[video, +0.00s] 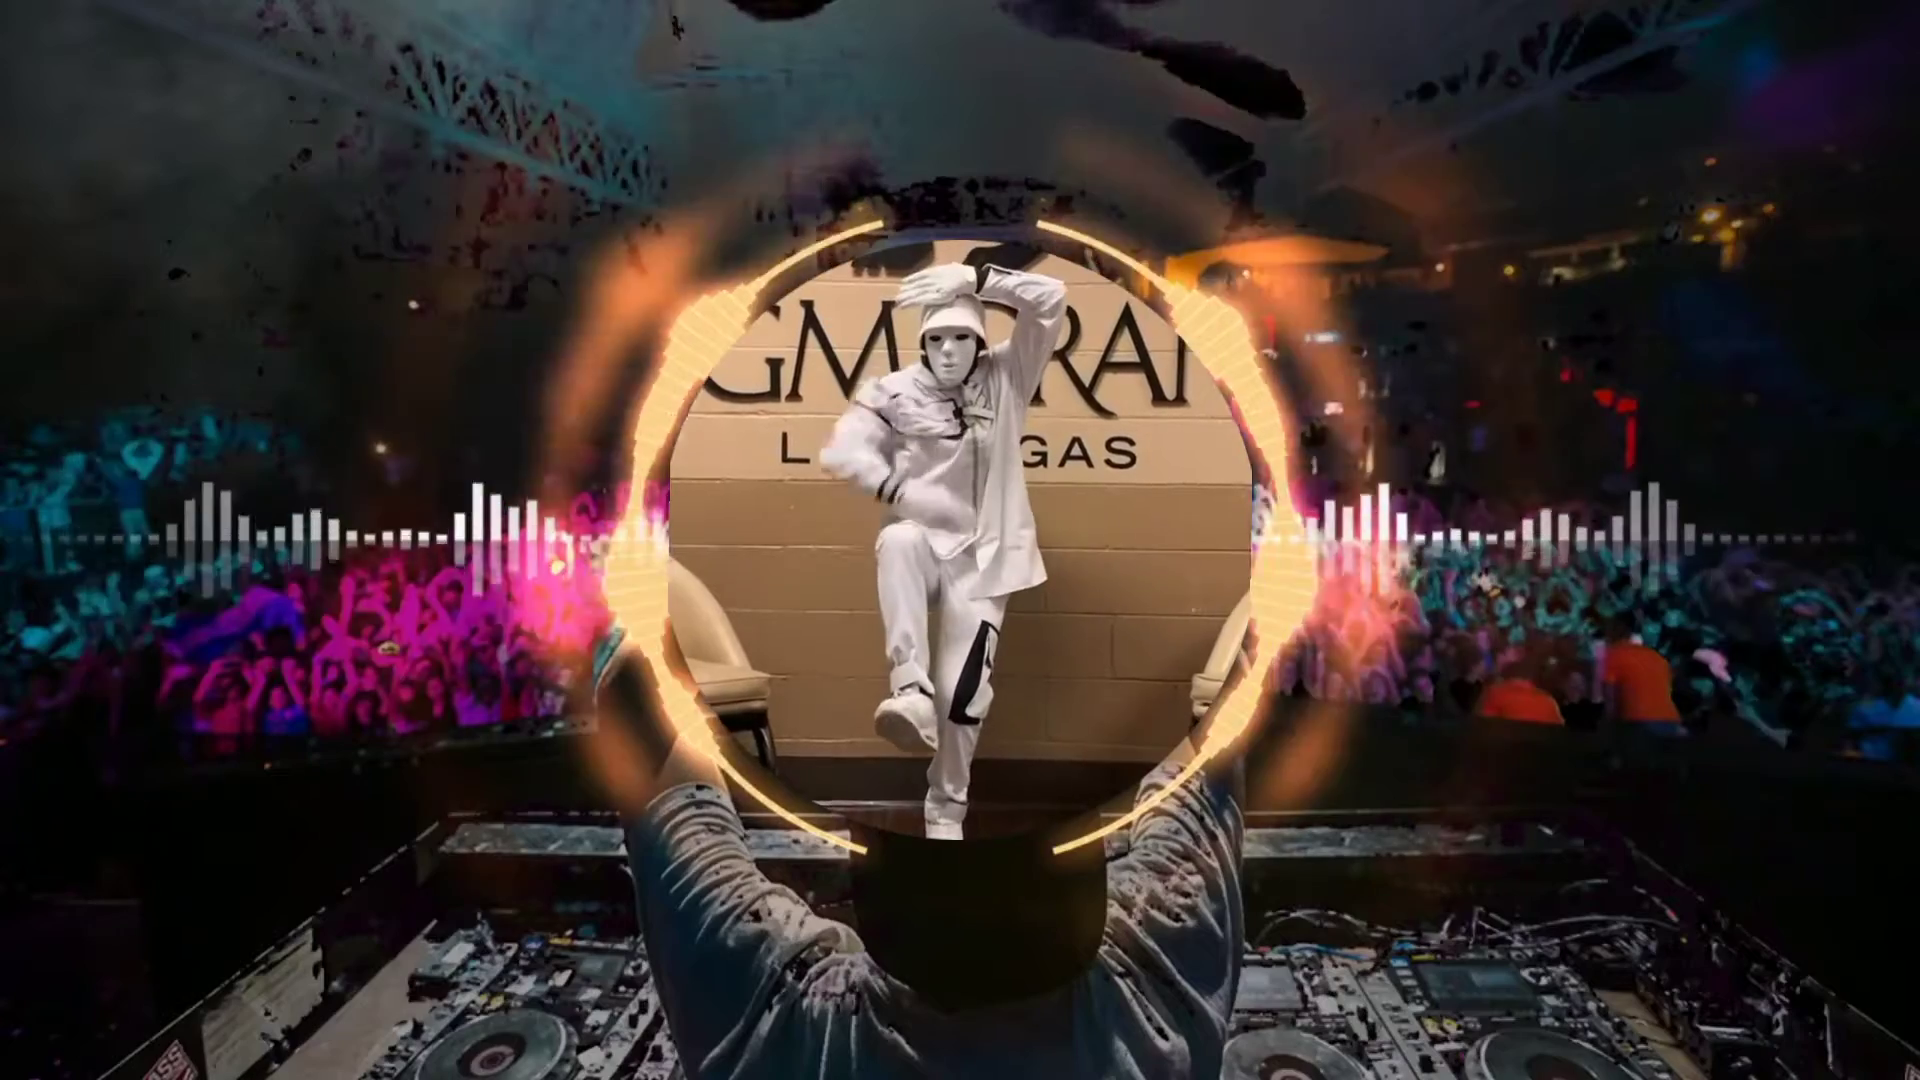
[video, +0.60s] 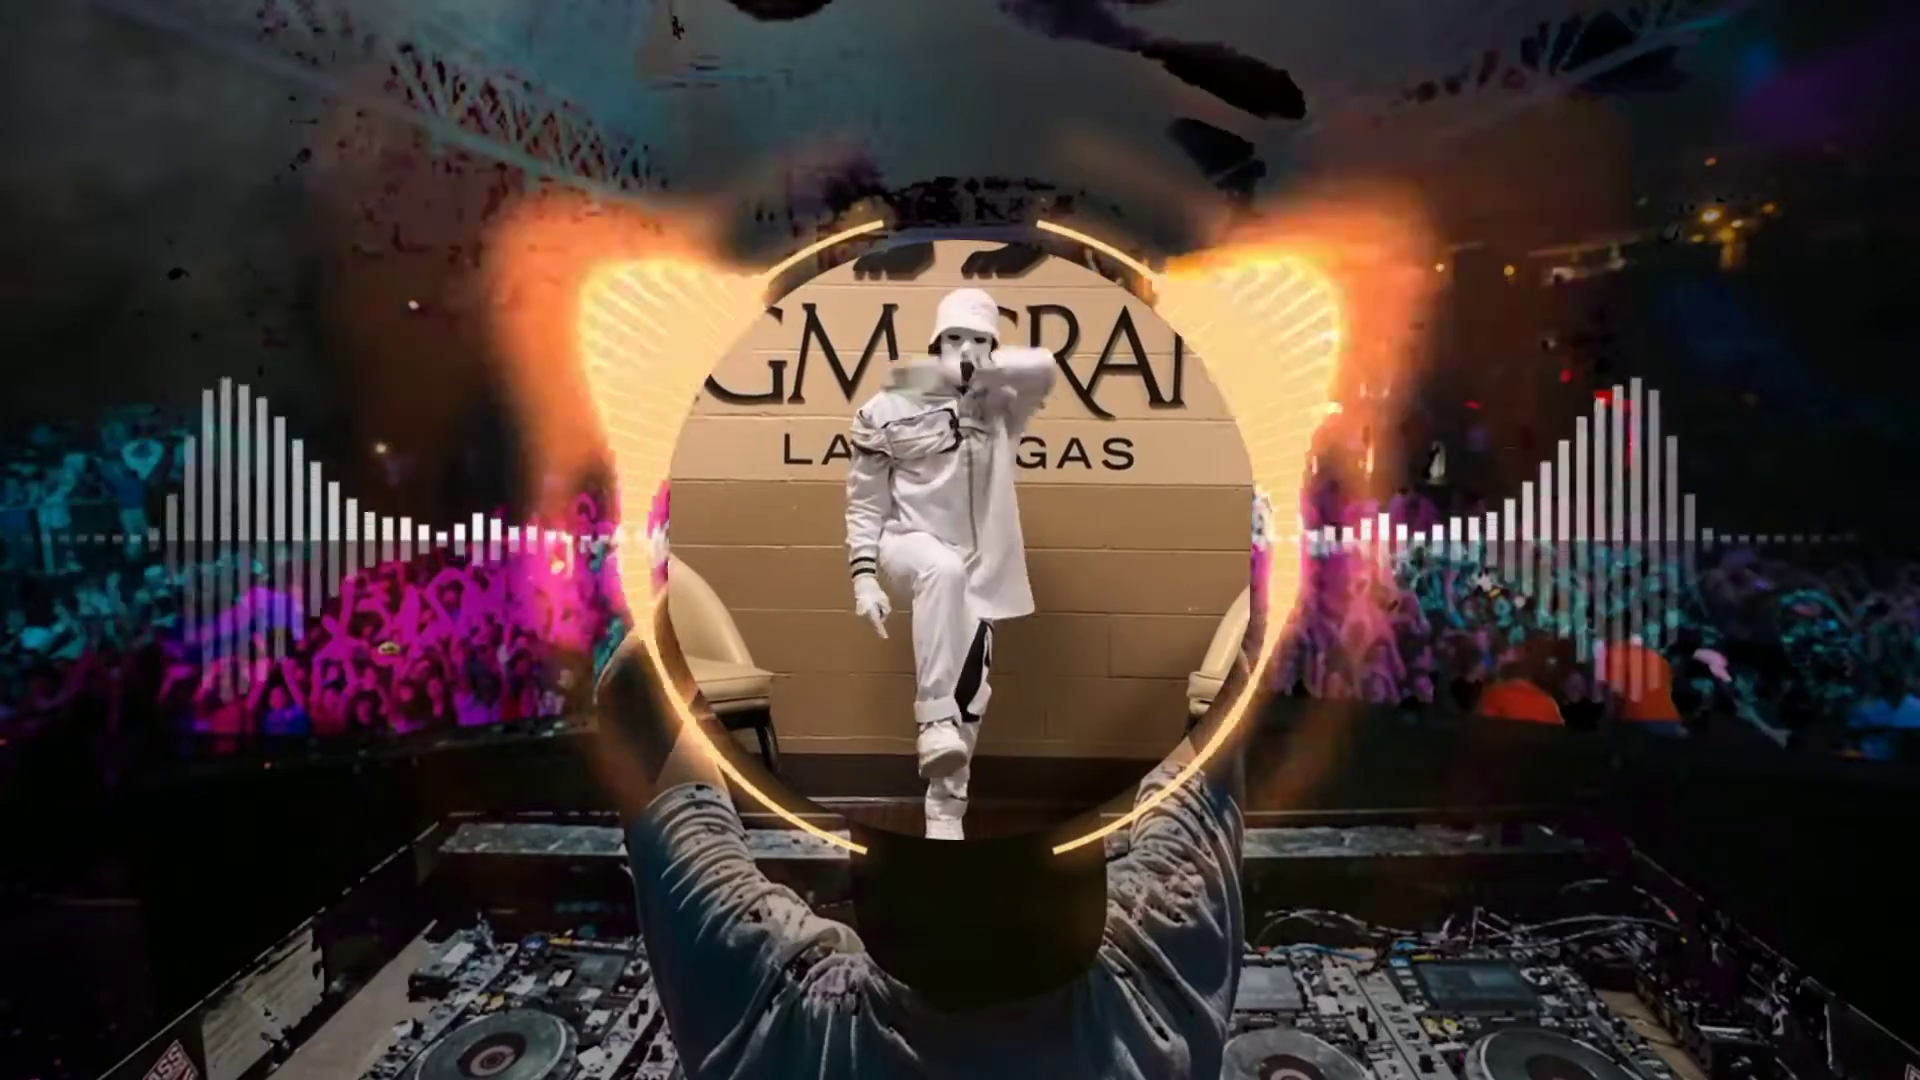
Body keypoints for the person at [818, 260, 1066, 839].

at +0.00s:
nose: (949, 351)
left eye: (961, 339)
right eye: (938, 340)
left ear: (978, 343)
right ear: (924, 345)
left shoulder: (1005, 379)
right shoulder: (893, 393)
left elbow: (1051, 301)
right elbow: (843, 451)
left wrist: (973, 277)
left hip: (987, 555)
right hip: (925, 550)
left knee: (964, 700)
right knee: (897, 538)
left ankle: (945, 820)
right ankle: (913, 695)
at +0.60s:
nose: (968, 353)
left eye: (979, 343)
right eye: (957, 341)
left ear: (994, 350)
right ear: (936, 344)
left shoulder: (1002, 405)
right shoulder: (886, 414)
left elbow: (1041, 367)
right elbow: (866, 502)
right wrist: (863, 572)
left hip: (980, 564)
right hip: (907, 544)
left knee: (966, 705)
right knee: (945, 567)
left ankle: (946, 816)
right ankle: (936, 718)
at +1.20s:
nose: (868, 343)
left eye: (879, 333)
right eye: (869, 332)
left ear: (915, 341)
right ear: (890, 339)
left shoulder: (966, 392)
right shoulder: (883, 398)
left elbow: (970, 487)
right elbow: (862, 482)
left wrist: (933, 409)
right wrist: (844, 552)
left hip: (936, 566)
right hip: (874, 562)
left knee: (914, 696)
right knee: (846, 685)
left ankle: (942, 814)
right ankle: (881, 799)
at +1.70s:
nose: (860, 308)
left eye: (868, 297)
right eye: (861, 297)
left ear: (898, 298)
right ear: (898, 299)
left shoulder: (939, 342)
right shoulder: (910, 355)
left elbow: (994, 406)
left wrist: (929, 478)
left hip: (956, 542)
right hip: (921, 541)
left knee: (938, 671)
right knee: (892, 664)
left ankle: (989, 808)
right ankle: (910, 801)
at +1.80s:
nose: (869, 304)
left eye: (877, 293)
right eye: (870, 293)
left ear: (908, 296)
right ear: (910, 296)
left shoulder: (950, 347)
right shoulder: (917, 355)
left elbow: (1008, 409)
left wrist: (927, 459)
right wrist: (899, 463)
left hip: (958, 548)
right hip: (923, 548)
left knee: (943, 673)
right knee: (901, 666)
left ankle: (989, 808)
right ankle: (912, 801)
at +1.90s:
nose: (871, 324)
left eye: (879, 313)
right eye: (873, 313)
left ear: (910, 317)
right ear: (913, 317)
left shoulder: (968, 363)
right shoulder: (925, 374)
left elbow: (1020, 416)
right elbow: (949, 466)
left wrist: (926, 416)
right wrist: (914, 522)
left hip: (961, 566)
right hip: (926, 564)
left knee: (925, 688)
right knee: (886, 668)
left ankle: (990, 810)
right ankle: (911, 802)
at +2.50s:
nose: (950, 336)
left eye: (959, 325)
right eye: (952, 325)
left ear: (989, 326)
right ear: (996, 327)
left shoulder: (1030, 358)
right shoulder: (1009, 385)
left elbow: (1066, 404)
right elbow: (1002, 510)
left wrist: (997, 430)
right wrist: (968, 475)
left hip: (1031, 574)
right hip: (1046, 573)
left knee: (967, 689)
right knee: (1024, 697)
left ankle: (989, 814)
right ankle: (1096, 806)